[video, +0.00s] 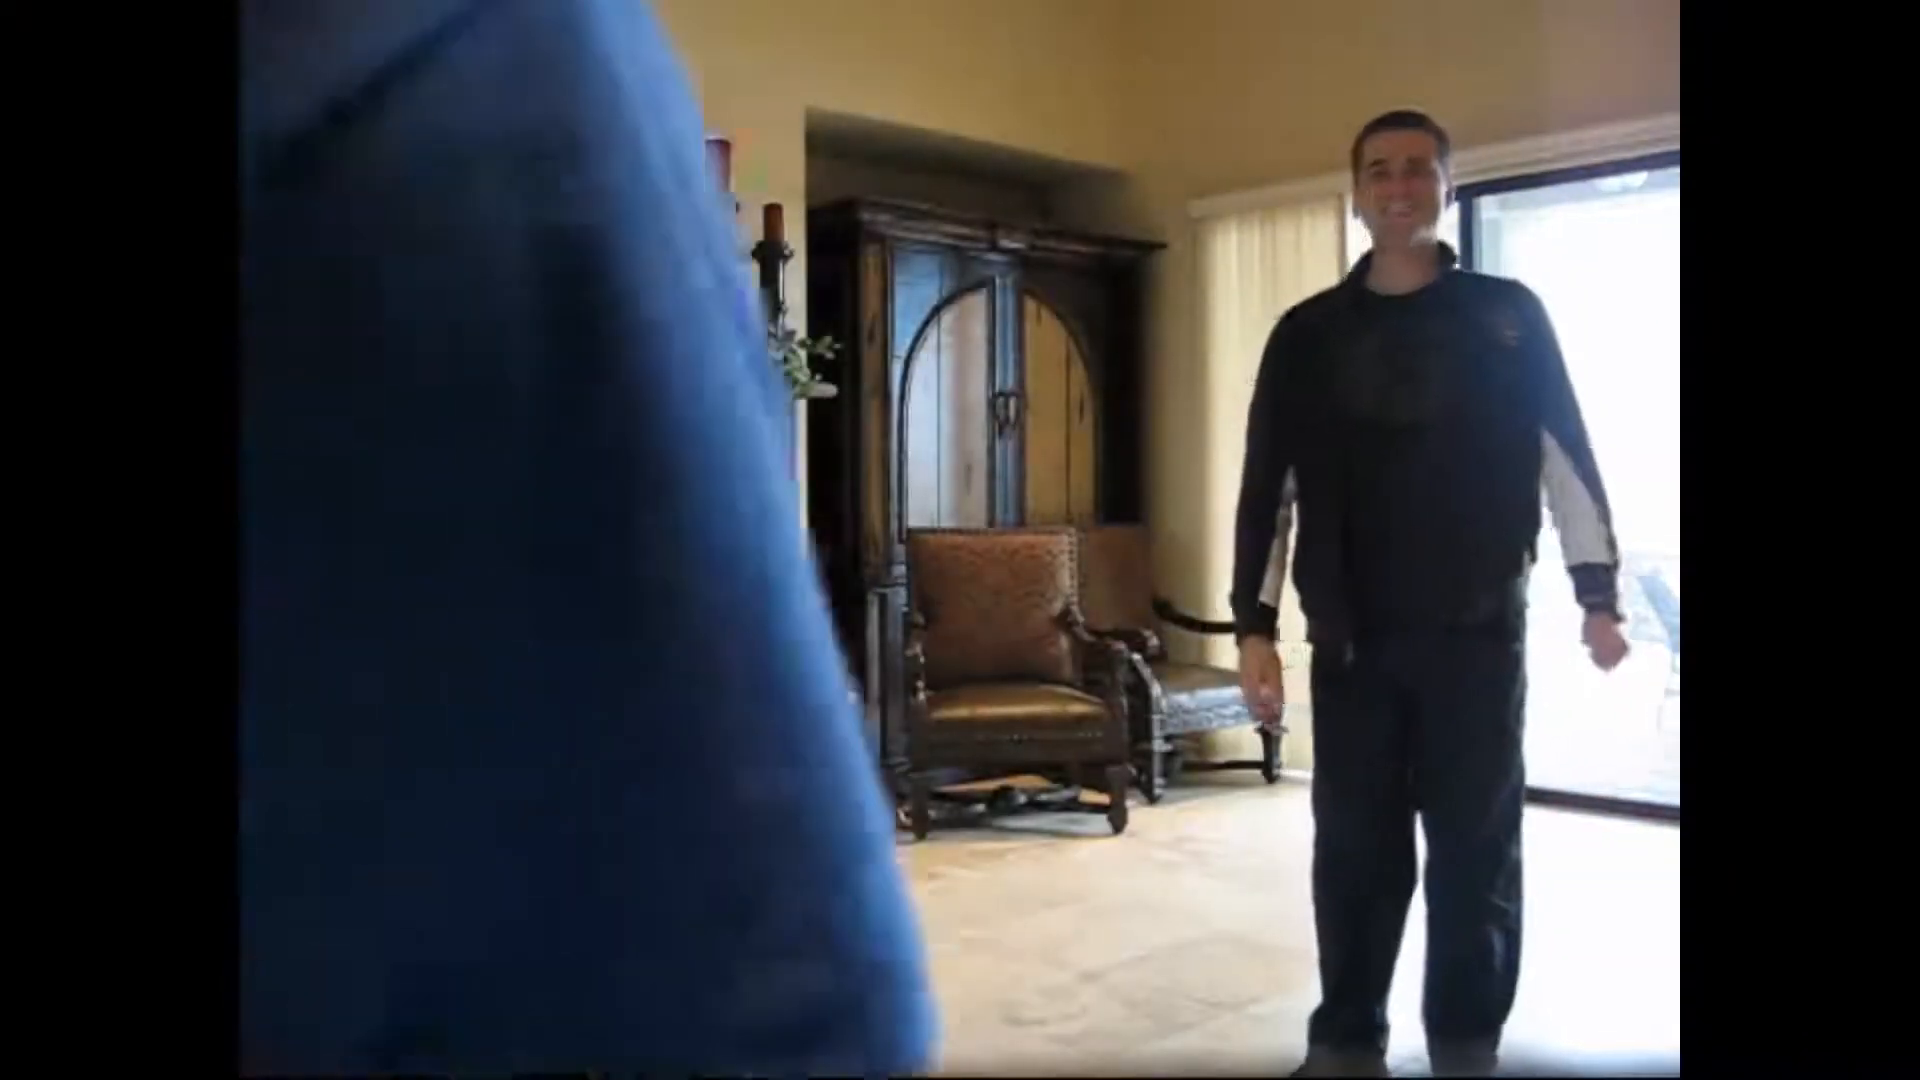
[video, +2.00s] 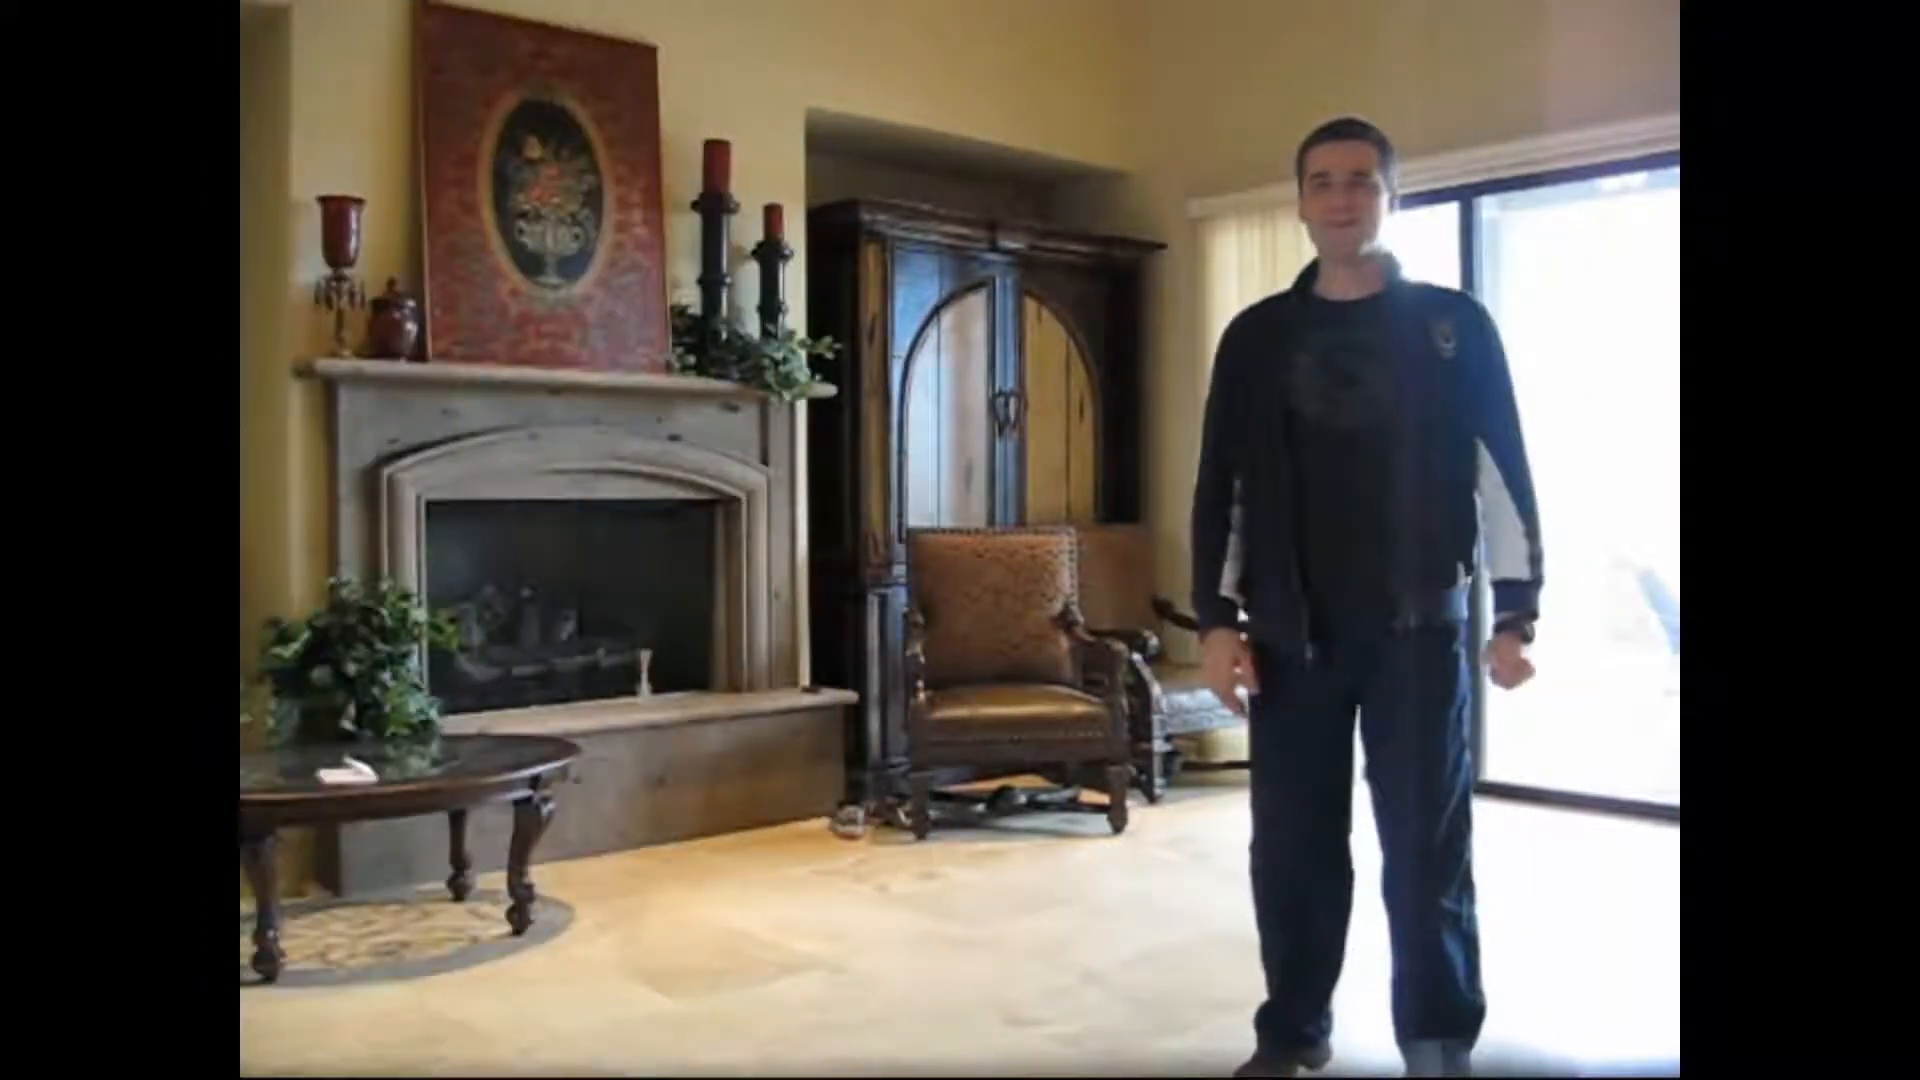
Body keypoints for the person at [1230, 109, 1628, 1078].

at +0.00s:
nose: (1401, 185)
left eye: (1419, 168)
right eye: (1382, 170)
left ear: (1448, 186)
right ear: (1355, 193)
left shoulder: (1507, 311)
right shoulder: (1305, 332)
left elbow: (1568, 457)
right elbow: (1262, 488)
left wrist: (1598, 593)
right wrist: (1251, 623)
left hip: (1474, 632)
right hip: (1351, 635)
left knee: (1475, 856)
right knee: (1353, 853)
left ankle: (1465, 1053)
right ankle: (1345, 1046)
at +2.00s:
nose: (1341, 198)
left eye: (1360, 181)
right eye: (1323, 182)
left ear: (1391, 197)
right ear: (1299, 200)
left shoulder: (1453, 324)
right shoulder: (1254, 335)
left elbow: (1508, 477)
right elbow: (1216, 487)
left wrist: (1515, 613)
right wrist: (1215, 618)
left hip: (1421, 631)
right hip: (1291, 636)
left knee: (1427, 856)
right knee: (1290, 851)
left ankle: (1440, 1052)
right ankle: (1292, 1035)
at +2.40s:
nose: (1275, 206)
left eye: (1294, 187)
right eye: (1258, 189)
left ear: (1330, 200)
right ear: (1238, 207)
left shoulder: (1390, 327)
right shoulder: (1195, 344)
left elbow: (1435, 481)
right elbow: (1140, 485)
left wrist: (1392, 598)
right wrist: (1083, 600)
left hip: (1351, 637)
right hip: (1228, 642)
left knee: (1397, 862)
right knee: (1218, 864)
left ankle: (1437, 1057)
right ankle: (1209, 1056)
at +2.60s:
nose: (1227, 204)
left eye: (1247, 186)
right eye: (1211, 188)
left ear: (1281, 199)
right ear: (1189, 204)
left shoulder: (1338, 316)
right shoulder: (1159, 336)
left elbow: (1384, 475)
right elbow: (1084, 459)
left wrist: (1359, 618)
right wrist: (988, 564)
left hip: (1317, 632)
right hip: (1193, 638)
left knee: (1367, 860)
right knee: (1201, 872)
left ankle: (1418, 1050)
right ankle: (1207, 1059)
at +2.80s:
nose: (1192, 206)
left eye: (1211, 187)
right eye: (1174, 191)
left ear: (1245, 196)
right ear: (1156, 205)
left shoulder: (1317, 314)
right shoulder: (1125, 337)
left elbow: (1373, 466)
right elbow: (1017, 432)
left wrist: (1379, 616)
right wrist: (897, 474)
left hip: (1305, 625)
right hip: (1186, 630)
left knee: (1347, 858)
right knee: (1199, 866)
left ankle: (1385, 1053)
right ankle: (1206, 1056)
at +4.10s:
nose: (1266, 253)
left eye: (1278, 230)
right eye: (1244, 234)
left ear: (1295, 211)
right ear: (1200, 221)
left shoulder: (1343, 315)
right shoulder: (1148, 337)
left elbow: (1429, 450)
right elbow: (1098, 464)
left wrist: (1322, 472)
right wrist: (1041, 508)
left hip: (1325, 639)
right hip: (1205, 640)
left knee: (1327, 862)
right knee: (1210, 862)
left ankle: (1326, 1060)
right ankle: (1209, 1055)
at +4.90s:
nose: (1292, 181)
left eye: (1308, 160)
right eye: (1270, 167)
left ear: (1342, 173)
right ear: (1247, 189)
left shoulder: (1420, 303)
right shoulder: (1210, 325)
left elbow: (1481, 471)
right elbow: (1188, 469)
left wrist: (1410, 571)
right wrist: (1181, 476)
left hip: (1373, 636)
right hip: (1252, 637)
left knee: (1360, 865)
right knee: (1256, 860)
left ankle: (1338, 1059)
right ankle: (1250, 1055)